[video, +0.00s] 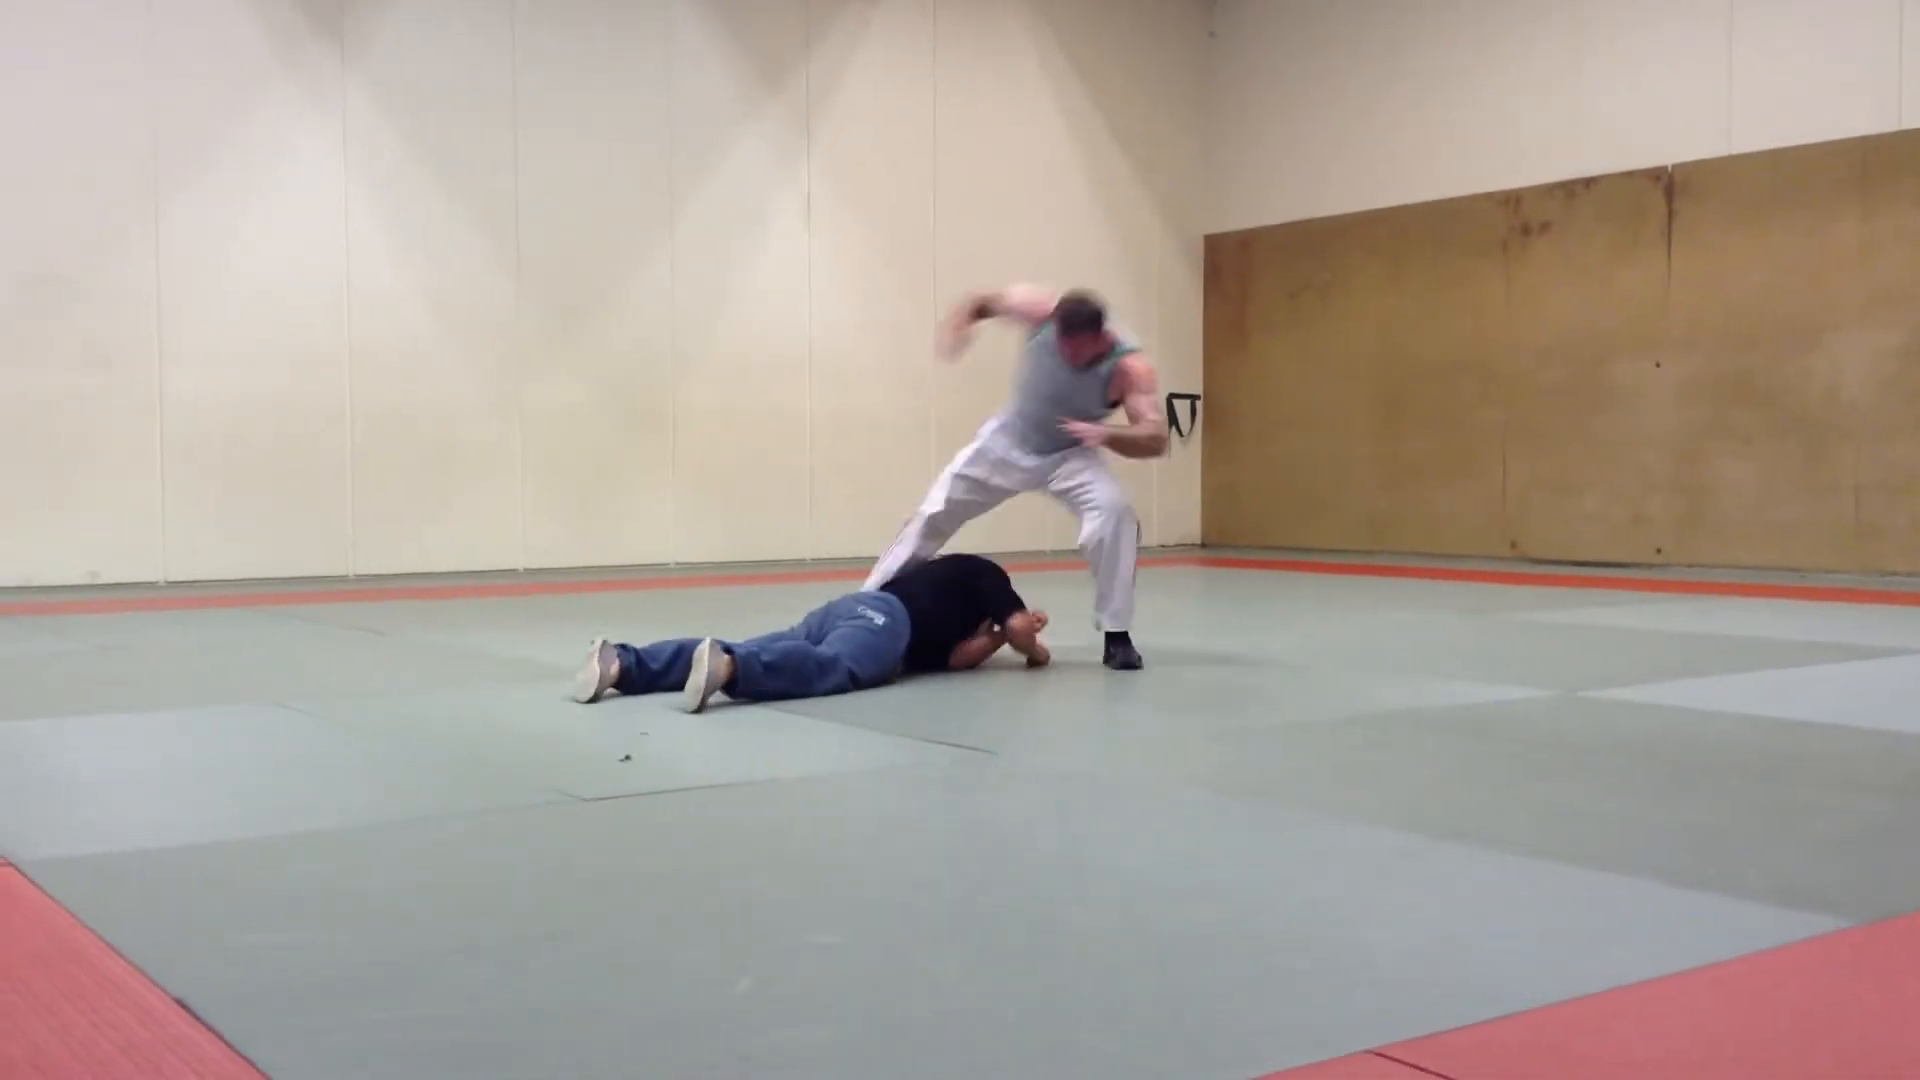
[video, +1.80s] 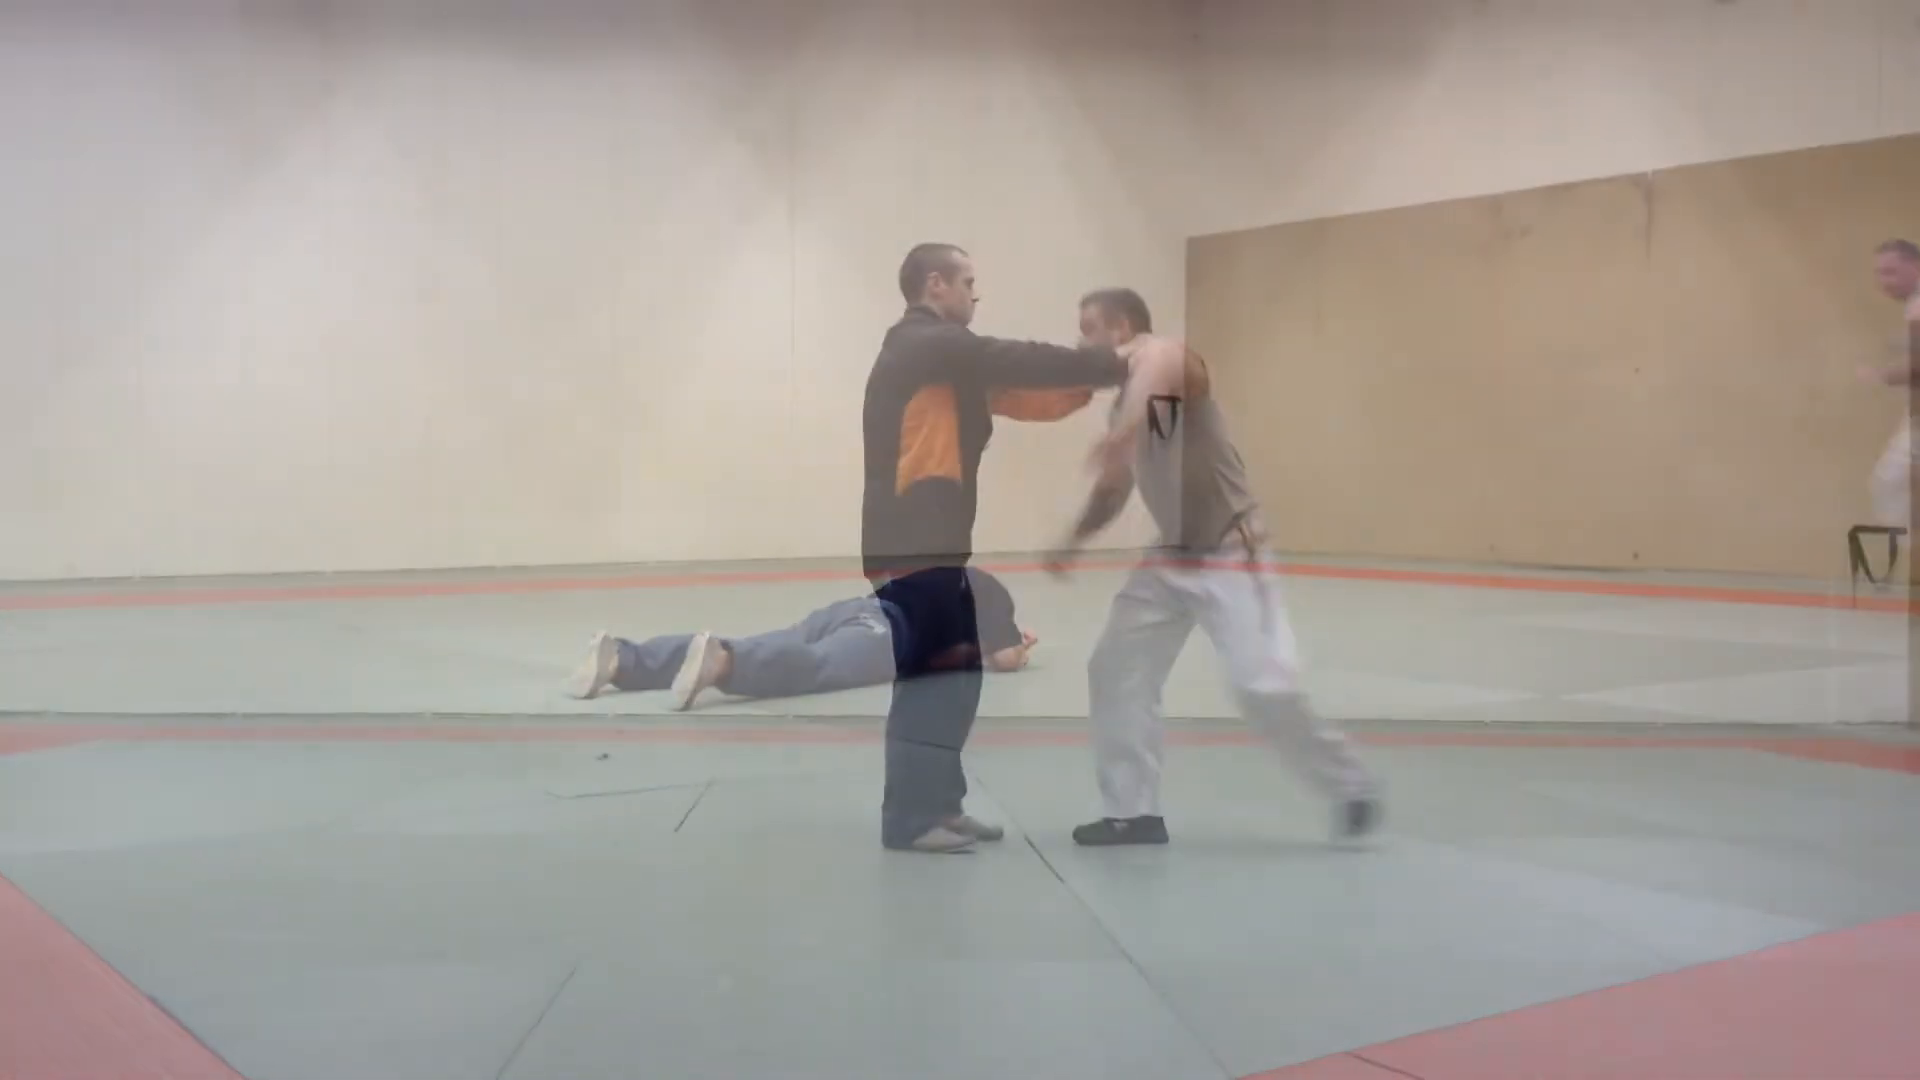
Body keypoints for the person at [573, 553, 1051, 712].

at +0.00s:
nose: (1011, 621)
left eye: (1014, 614)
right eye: (1015, 609)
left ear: (980, 604)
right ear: (1002, 589)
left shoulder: (947, 615)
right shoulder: (982, 574)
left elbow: (957, 660)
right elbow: (1024, 638)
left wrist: (1005, 631)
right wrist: (1038, 656)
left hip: (844, 615)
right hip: (887, 614)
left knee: (749, 653)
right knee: (835, 665)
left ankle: (625, 667)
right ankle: (731, 667)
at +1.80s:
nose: (1015, 634)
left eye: (1011, 626)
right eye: (1013, 623)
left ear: (979, 586)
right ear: (999, 601)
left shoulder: (951, 582)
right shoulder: (986, 599)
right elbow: (993, 656)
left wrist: (1008, 641)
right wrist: (1016, 654)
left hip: (864, 610)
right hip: (889, 636)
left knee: (769, 646)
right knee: (815, 667)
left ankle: (624, 662)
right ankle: (727, 662)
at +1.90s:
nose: (1017, 635)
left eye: (1010, 626)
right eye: (1015, 624)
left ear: (981, 589)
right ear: (1001, 603)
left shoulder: (951, 580)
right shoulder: (989, 602)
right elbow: (990, 658)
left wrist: (1004, 641)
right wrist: (1014, 656)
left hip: (870, 610)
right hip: (894, 638)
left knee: (775, 646)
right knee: (817, 666)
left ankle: (626, 663)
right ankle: (727, 663)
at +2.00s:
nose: (1016, 638)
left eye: (1011, 629)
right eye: (1011, 626)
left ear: (983, 592)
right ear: (999, 609)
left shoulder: (959, 579)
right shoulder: (984, 607)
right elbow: (988, 659)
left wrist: (1003, 642)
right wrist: (1015, 656)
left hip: (869, 612)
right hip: (893, 639)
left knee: (770, 649)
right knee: (815, 669)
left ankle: (625, 664)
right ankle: (728, 664)